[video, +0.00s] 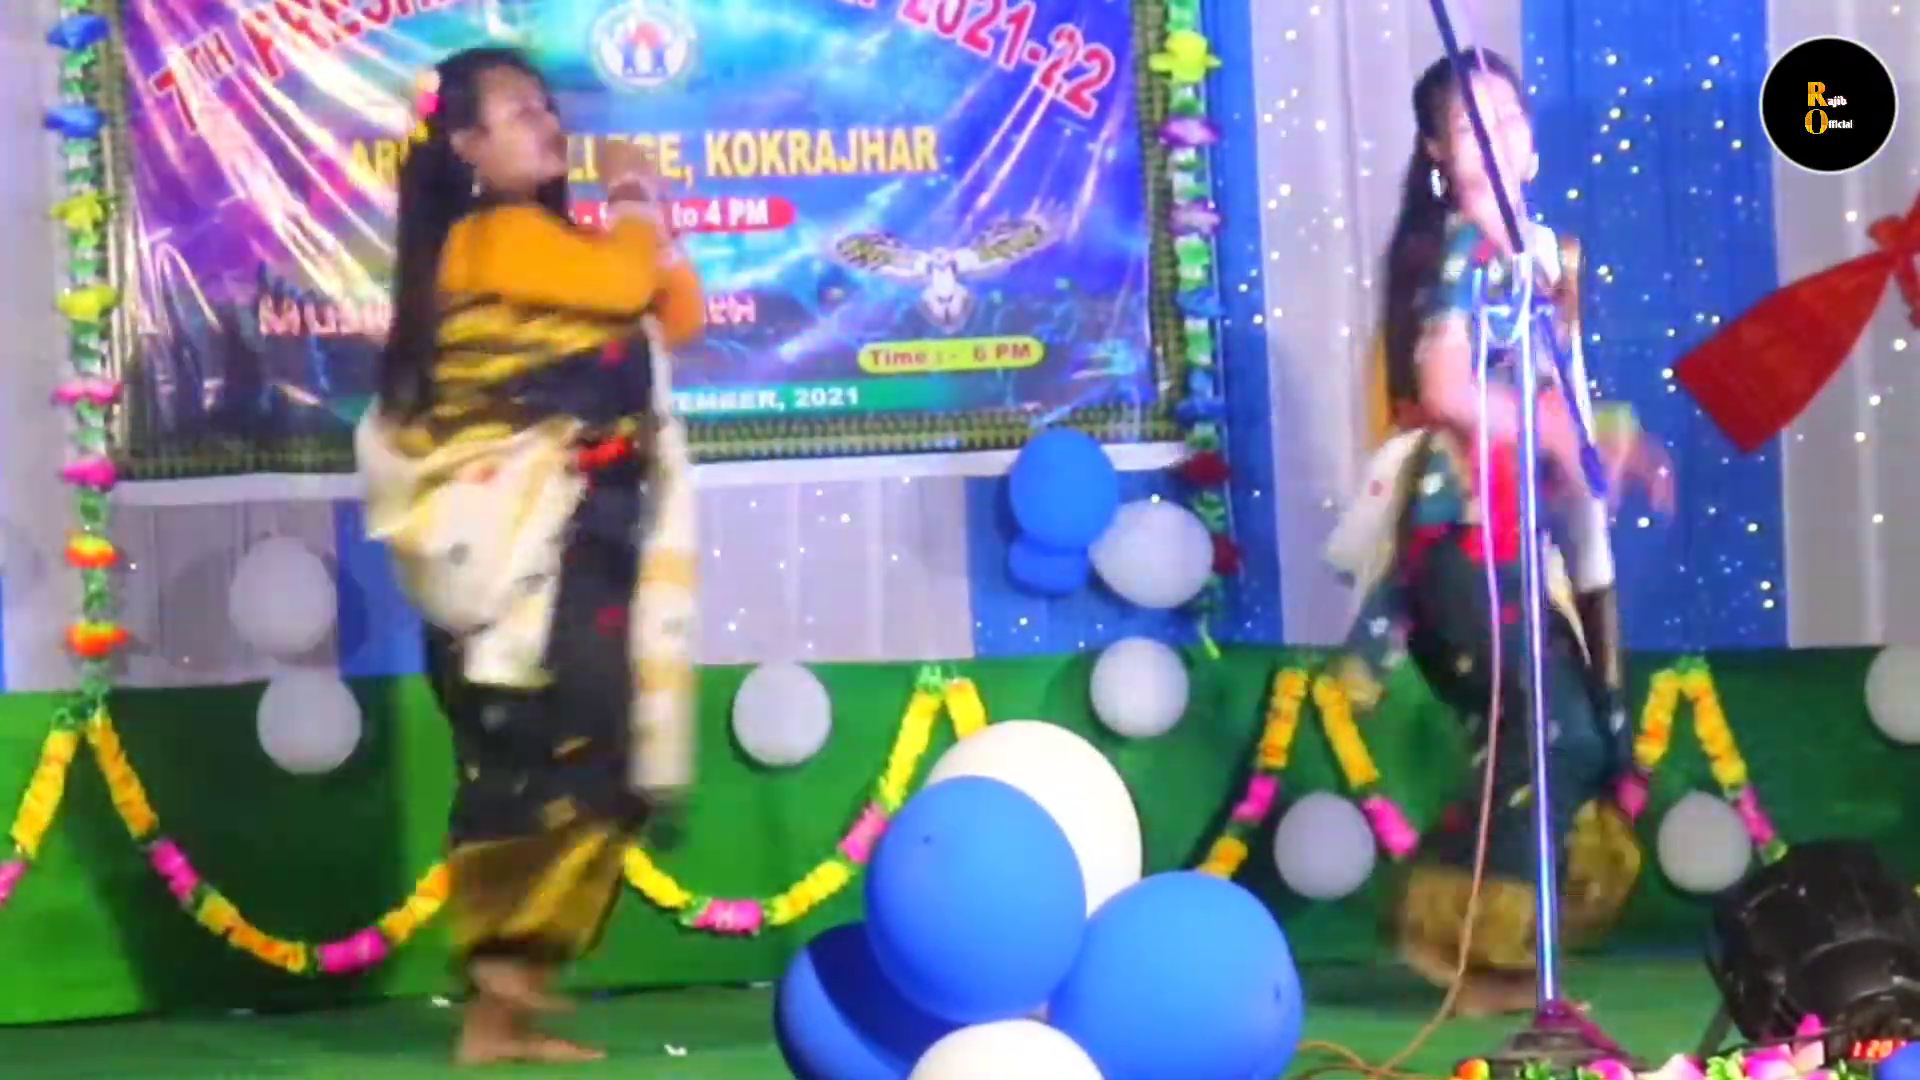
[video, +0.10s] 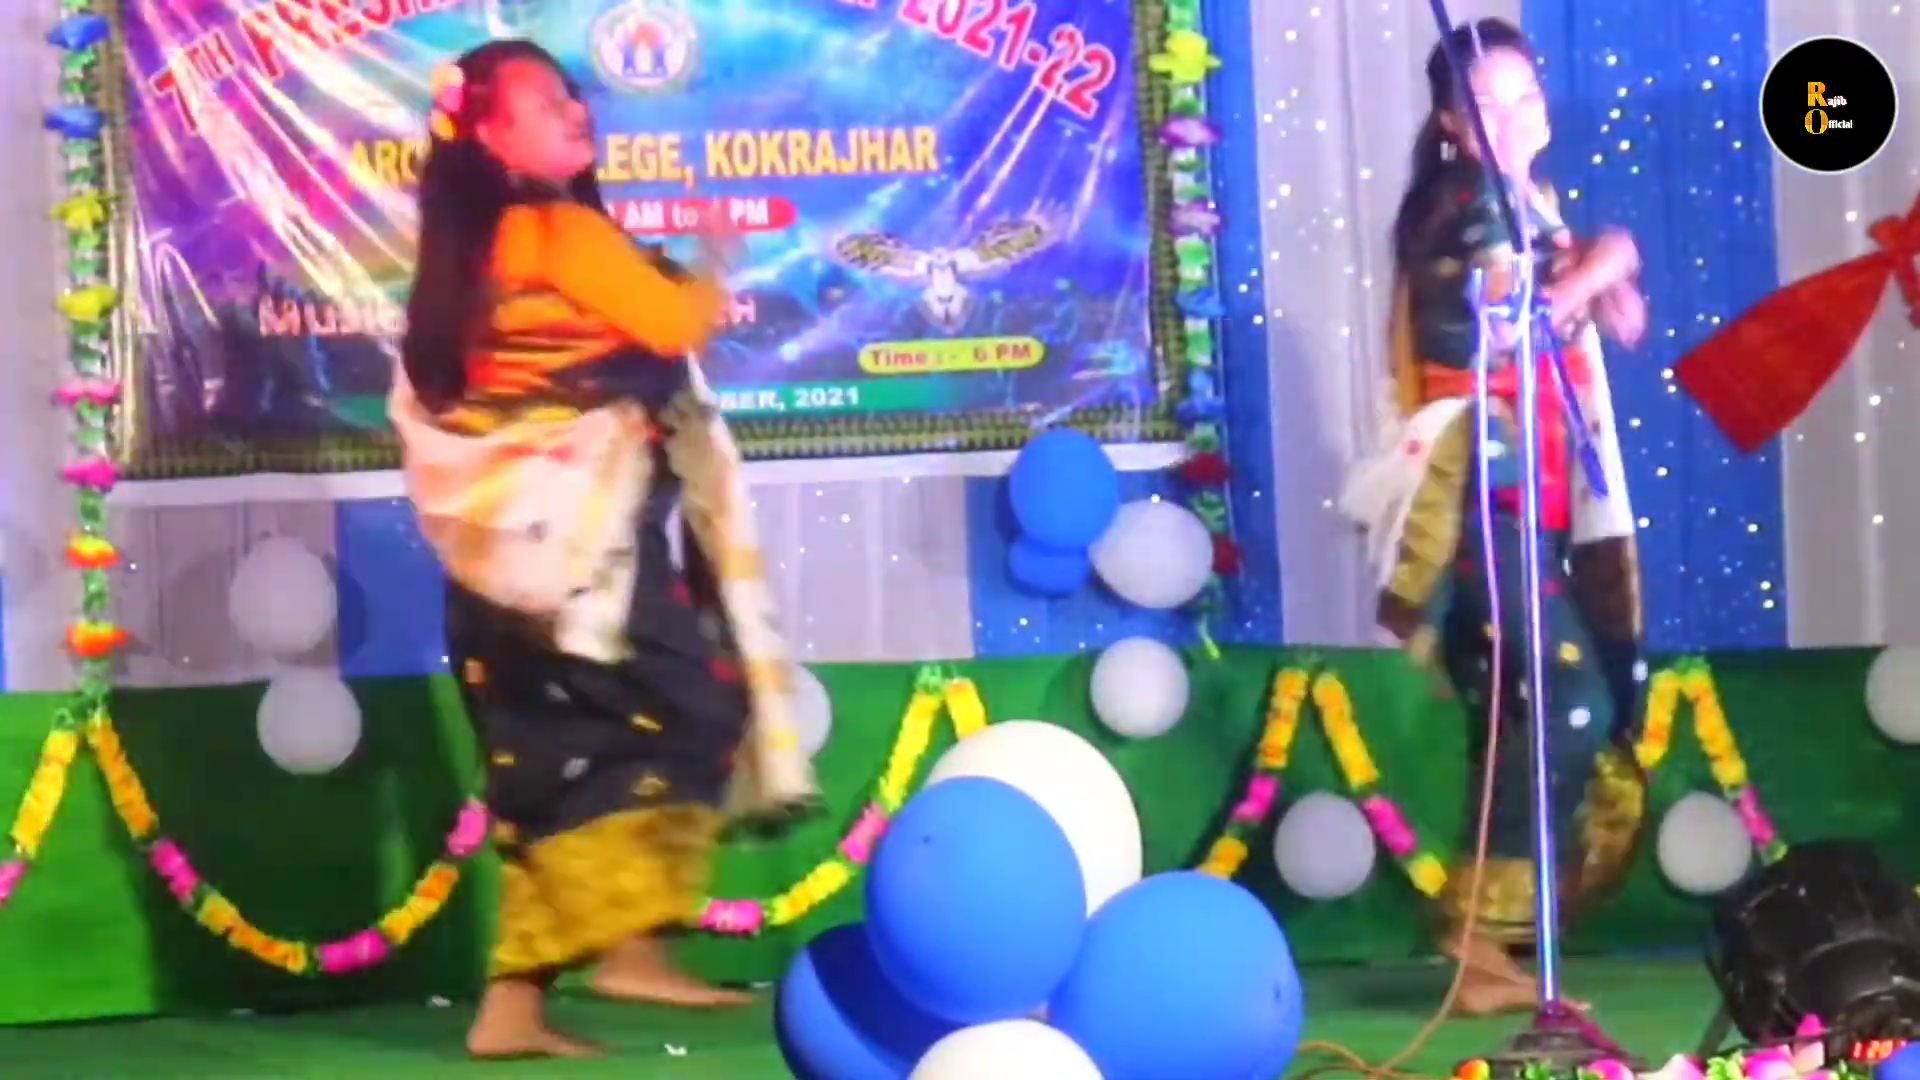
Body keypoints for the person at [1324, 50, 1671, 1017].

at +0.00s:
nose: (1503, 139)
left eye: (1510, 119)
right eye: (1478, 125)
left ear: (1530, 129)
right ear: (1441, 145)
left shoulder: (1525, 248)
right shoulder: (1448, 244)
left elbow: (1536, 390)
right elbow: (1441, 391)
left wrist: (1609, 446)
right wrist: (1549, 435)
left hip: (1513, 529)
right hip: (1460, 531)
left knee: (1563, 727)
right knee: (1554, 727)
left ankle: (1451, 907)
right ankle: (1477, 929)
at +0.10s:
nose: (1524, 113)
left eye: (1529, 93)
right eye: (1502, 101)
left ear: (1541, 99)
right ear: (1459, 122)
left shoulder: (1535, 210)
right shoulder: (1457, 207)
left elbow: (1626, 332)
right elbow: (1491, 330)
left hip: (1544, 505)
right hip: (1480, 508)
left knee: (1536, 712)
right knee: (1571, 699)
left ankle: (1496, 944)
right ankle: (1487, 930)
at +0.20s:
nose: (1539, 129)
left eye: (1543, 109)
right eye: (1516, 114)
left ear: (1551, 113)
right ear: (1469, 130)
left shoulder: (1522, 226)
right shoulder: (1462, 228)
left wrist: (1596, 296)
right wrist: (1593, 306)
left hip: (1549, 531)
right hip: (1495, 542)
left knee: (1567, 739)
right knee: (1564, 740)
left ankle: (1513, 959)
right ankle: (1502, 964)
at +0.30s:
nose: (1570, 156)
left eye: (1570, 137)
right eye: (1548, 142)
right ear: (1501, 155)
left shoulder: (1453, 255)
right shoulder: (1541, 240)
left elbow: (1423, 419)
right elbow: (1592, 348)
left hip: (1453, 563)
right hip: (1505, 564)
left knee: (1579, 739)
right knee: (1616, 752)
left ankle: (1500, 943)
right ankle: (1531, 983)